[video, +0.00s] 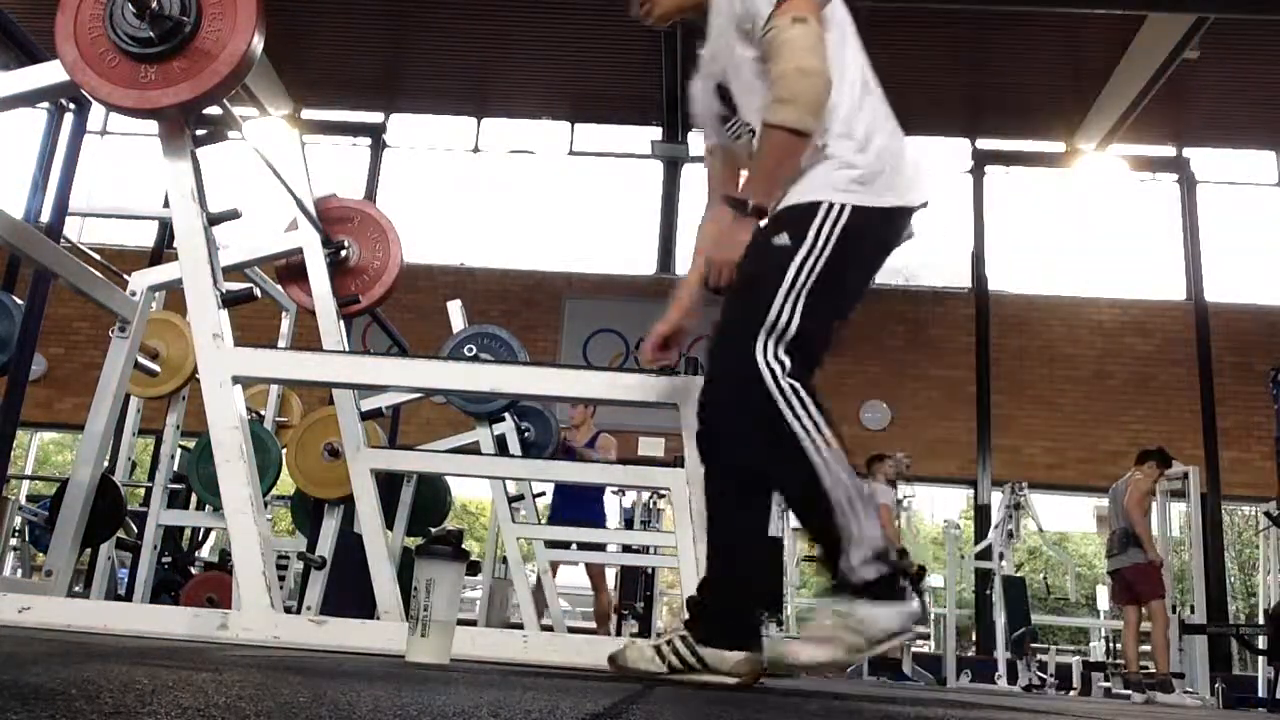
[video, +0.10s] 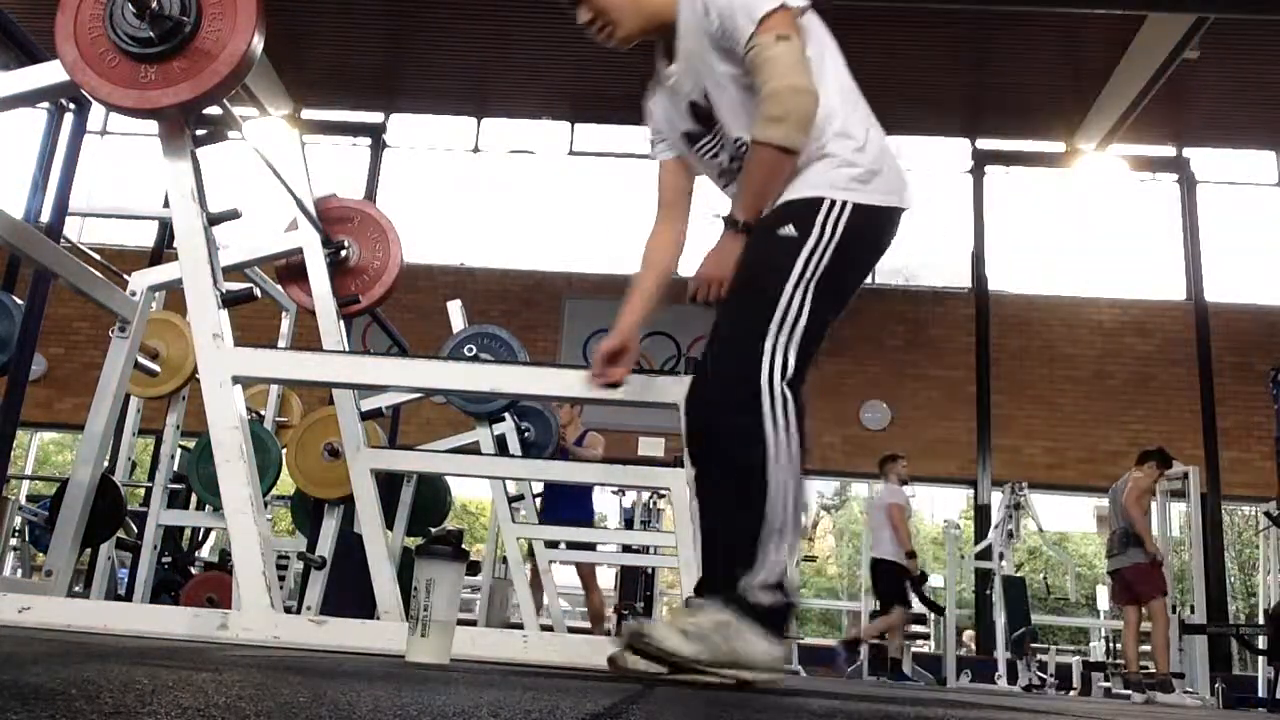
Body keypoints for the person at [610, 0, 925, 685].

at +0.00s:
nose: (638, 7)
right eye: (634, 5)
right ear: (662, 11)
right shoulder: (712, 66)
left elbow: (803, 84)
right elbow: (725, 191)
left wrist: (745, 207)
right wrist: (690, 301)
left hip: (851, 178)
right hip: (797, 195)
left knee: (762, 368)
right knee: (729, 407)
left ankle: (877, 588)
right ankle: (725, 635)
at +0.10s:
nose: (585, 16)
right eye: (579, 10)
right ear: (602, 19)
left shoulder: (726, 1)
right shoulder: (666, 96)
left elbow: (791, 100)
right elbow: (671, 221)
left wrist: (736, 231)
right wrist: (627, 327)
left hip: (841, 184)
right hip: (785, 206)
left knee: (756, 373)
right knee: (714, 395)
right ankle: (721, 615)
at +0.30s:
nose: (518, 85)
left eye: (516, 59)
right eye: (505, 78)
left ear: (560, 19)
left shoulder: (675, 27)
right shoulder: (613, 147)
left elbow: (775, 143)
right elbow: (595, 272)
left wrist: (729, 276)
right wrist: (536, 388)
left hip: (826, 202)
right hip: (769, 232)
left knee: (719, 384)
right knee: (676, 404)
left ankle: (697, 620)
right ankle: (726, 629)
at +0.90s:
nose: (484, 56)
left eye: (478, 33)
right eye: (473, 50)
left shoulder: (630, 10)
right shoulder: (583, 121)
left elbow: (743, 118)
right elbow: (628, 253)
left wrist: (674, 242)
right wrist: (585, 301)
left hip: (798, 172)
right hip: (746, 200)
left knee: (703, 379)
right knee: (677, 395)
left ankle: (684, 622)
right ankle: (728, 630)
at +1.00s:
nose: (510, 18)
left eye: (511, 1)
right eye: (505, 13)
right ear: (526, 17)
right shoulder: (598, 78)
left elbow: (724, 84)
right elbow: (653, 204)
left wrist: (660, 195)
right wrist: (605, 236)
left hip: (786, 167)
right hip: (744, 189)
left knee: (698, 377)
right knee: (691, 393)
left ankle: (690, 622)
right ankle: (726, 631)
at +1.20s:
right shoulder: (646, 15)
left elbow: (715, 27)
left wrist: (636, 126)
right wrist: (631, 139)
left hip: (750, 157)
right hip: (711, 168)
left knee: (689, 374)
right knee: (692, 383)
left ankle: (691, 623)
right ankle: (728, 631)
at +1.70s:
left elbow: (665, 9)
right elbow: (704, 99)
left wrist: (615, 27)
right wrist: (613, 106)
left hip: (703, 158)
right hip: (717, 164)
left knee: (663, 380)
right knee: (701, 399)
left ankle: (688, 623)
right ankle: (730, 633)